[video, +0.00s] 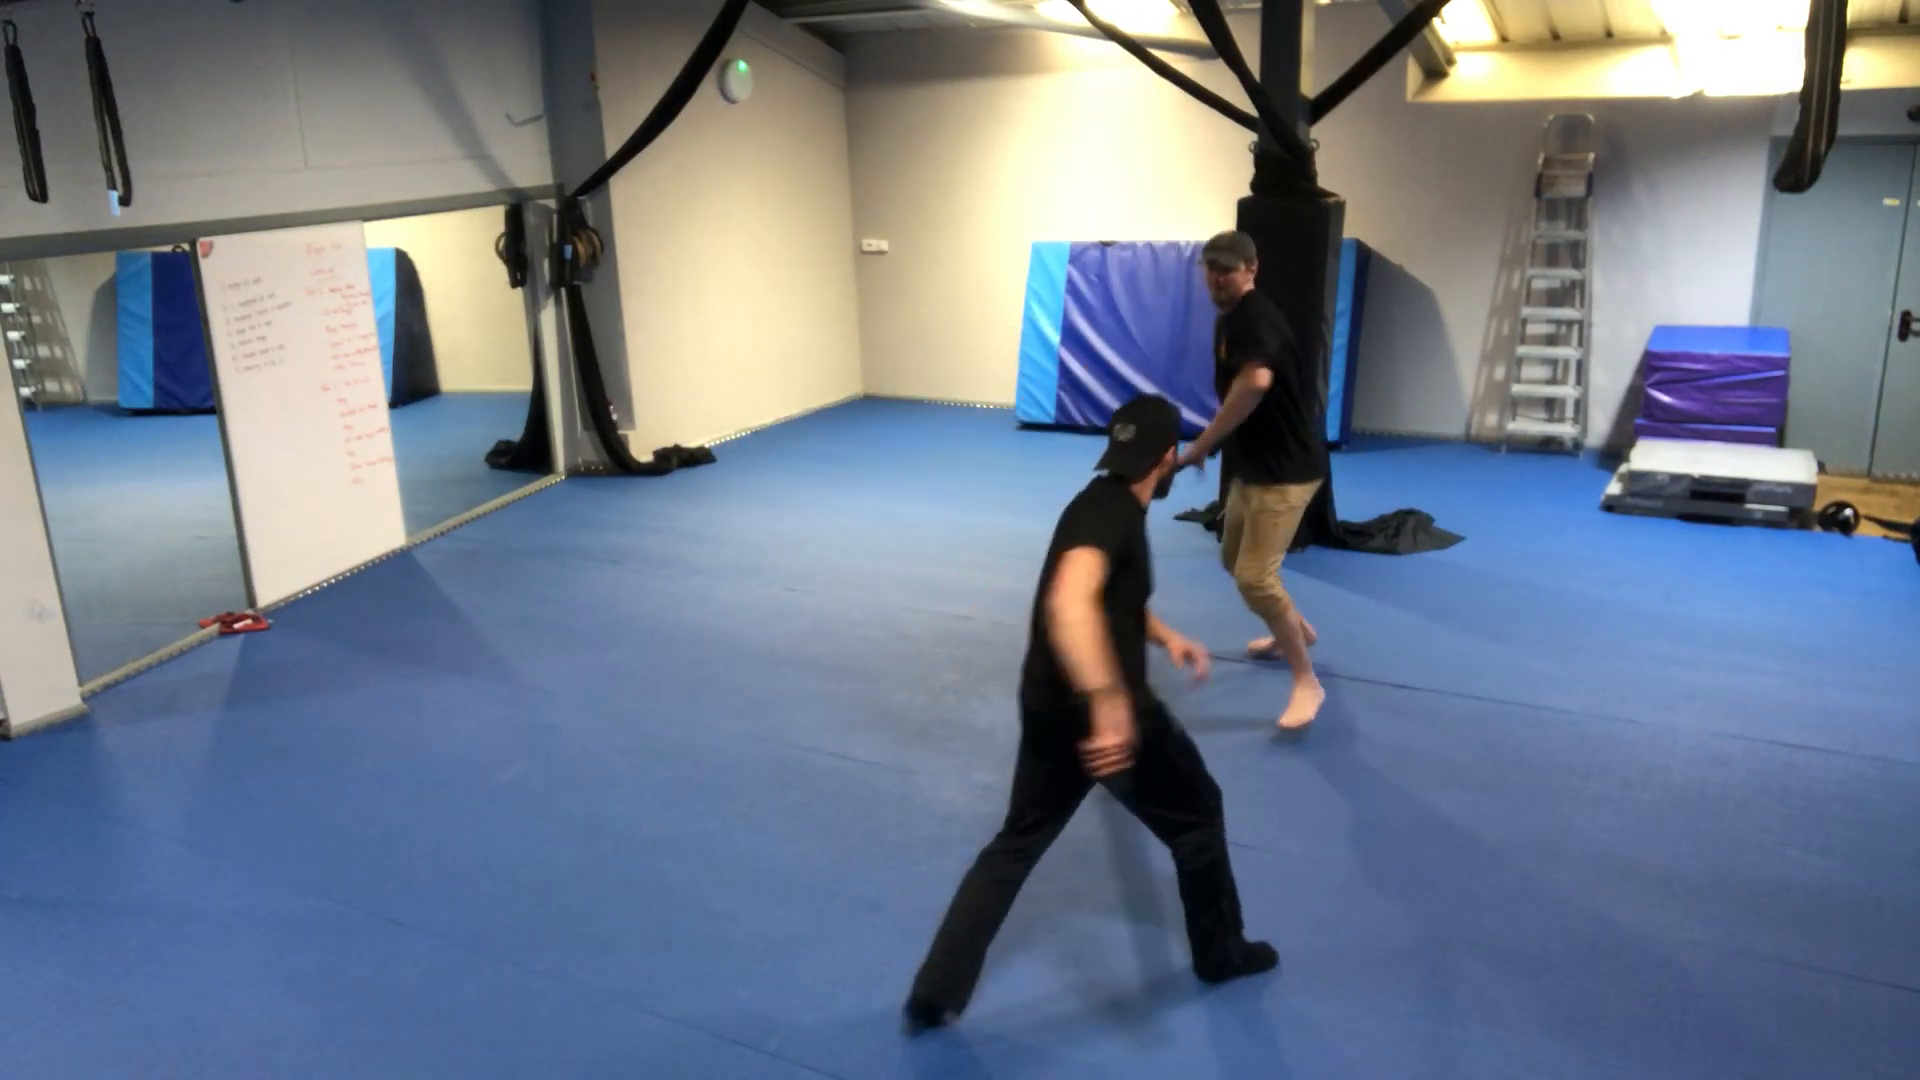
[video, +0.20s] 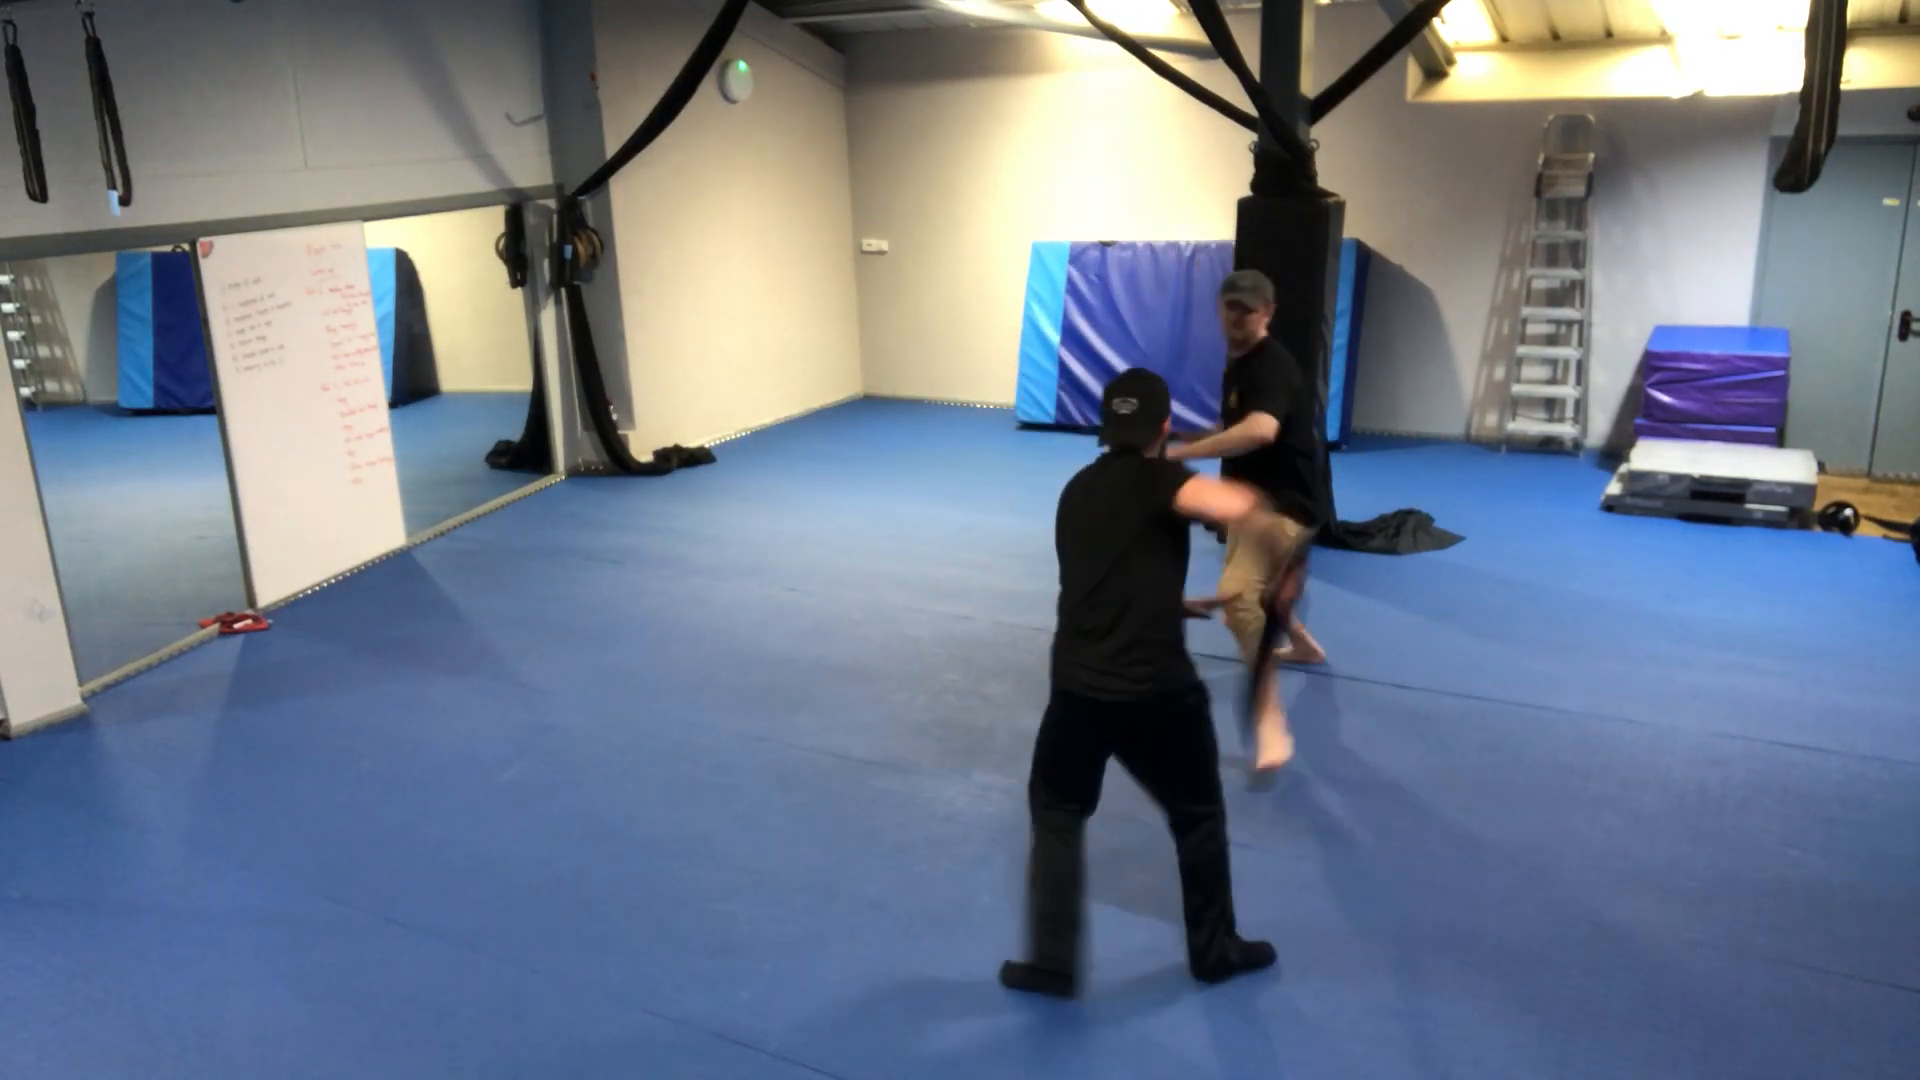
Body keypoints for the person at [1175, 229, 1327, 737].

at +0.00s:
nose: (1214, 280)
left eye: (1225, 271)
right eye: (1210, 270)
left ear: (1250, 271)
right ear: (1206, 271)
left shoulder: (1258, 317)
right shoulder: (1230, 318)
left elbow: (1256, 381)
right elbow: (1243, 392)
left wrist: (1204, 443)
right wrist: (1217, 450)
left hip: (1284, 471)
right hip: (1249, 466)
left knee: (1256, 578)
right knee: (1235, 560)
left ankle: (1306, 682)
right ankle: (1294, 630)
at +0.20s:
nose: (1235, 318)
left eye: (1246, 310)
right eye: (1229, 308)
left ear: (1266, 314)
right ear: (1221, 310)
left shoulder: (1273, 362)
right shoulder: (1240, 363)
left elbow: (1263, 429)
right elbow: (1238, 430)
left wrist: (1183, 452)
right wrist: (1189, 442)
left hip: (1288, 503)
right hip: (1258, 495)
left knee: (1240, 601)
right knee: (1255, 579)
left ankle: (1270, 721)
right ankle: (1302, 642)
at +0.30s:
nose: (1262, 316)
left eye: (1273, 306)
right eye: (1254, 305)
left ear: (1294, 306)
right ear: (1244, 304)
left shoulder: (1305, 361)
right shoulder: (1236, 349)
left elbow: (1292, 441)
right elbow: (1212, 382)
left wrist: (1210, 427)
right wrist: (1158, 372)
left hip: (1281, 498)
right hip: (1229, 492)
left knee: (1236, 614)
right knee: (1240, 575)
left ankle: (1237, 734)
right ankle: (1294, 632)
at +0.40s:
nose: (1283, 311)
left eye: (1293, 302)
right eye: (1274, 301)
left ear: (1312, 301)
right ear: (1260, 300)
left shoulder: (1322, 368)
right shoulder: (1237, 338)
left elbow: (1321, 446)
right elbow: (1160, 322)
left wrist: (1261, 430)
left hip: (1275, 516)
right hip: (1212, 502)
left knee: (1255, 636)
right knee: (1182, 613)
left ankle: (1238, 733)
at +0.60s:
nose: (1270, 321)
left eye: (1279, 310)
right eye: (1261, 310)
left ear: (1295, 301)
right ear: (1242, 299)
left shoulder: (1303, 346)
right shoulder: (1211, 336)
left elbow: (1316, 421)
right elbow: (1177, 301)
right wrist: (1191, 272)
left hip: (1275, 509)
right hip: (1208, 505)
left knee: (1263, 638)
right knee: (1189, 641)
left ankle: (1231, 741)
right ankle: (1142, 768)